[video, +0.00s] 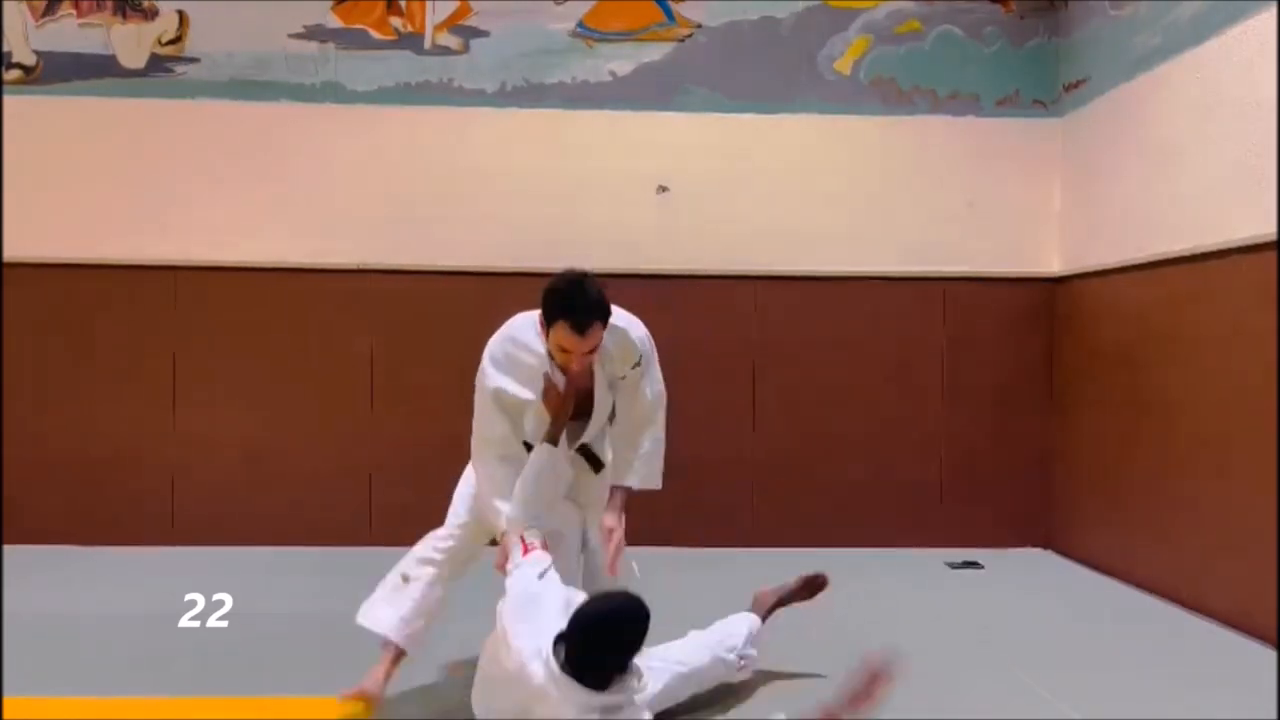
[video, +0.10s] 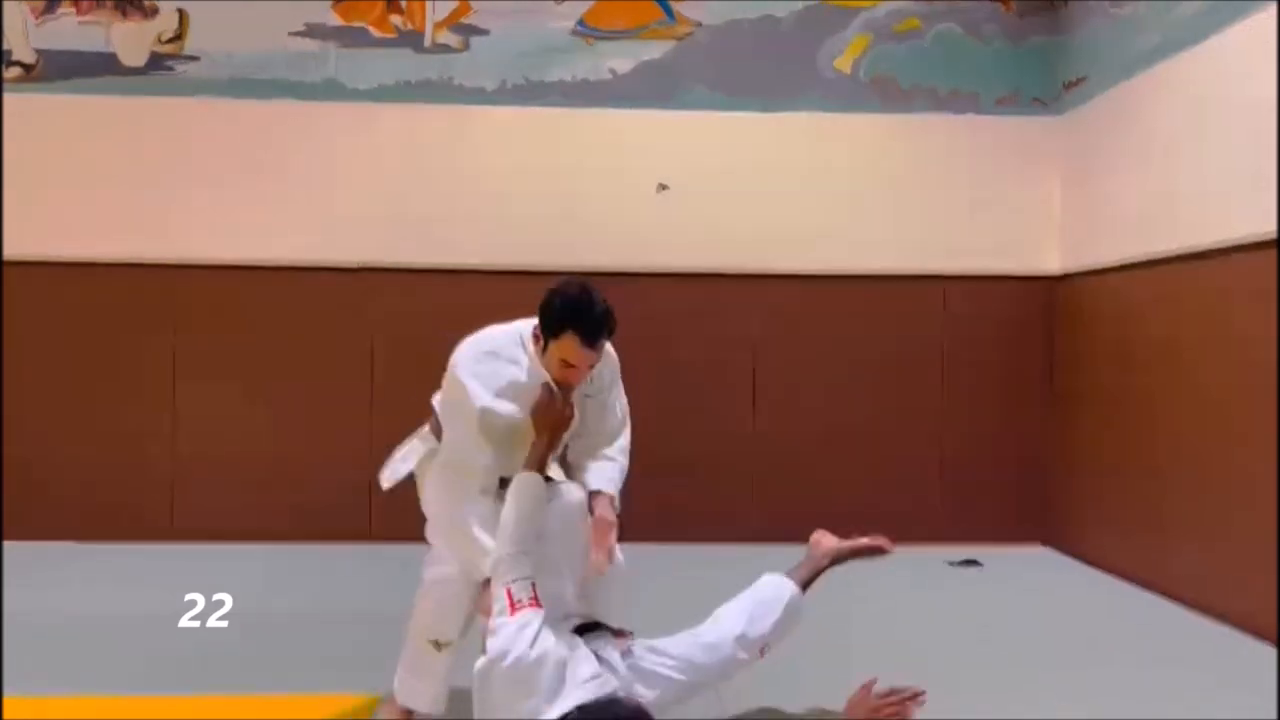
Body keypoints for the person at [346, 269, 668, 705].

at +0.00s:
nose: (578, 362)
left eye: (589, 352)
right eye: (566, 352)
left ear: (603, 329)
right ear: (545, 329)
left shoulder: (629, 341)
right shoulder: (509, 351)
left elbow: (638, 422)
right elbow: (495, 448)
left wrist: (617, 502)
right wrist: (507, 531)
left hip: (584, 466)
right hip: (516, 461)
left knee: (600, 563)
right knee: (453, 544)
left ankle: (602, 664)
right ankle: (381, 672)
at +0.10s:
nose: (579, 378)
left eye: (590, 366)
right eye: (567, 364)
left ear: (602, 351)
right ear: (539, 340)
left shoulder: (600, 360)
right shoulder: (481, 368)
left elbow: (607, 437)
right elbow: (463, 484)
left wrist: (603, 498)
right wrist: (487, 574)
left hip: (532, 477)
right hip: (460, 479)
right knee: (456, 573)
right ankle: (411, 701)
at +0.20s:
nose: (547, 369)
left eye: (560, 355)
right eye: (535, 352)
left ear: (571, 340)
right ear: (505, 326)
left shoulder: (563, 352)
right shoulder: (436, 369)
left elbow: (578, 423)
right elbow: (427, 494)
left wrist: (571, 483)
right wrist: (458, 592)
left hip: (506, 485)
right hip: (430, 491)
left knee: (576, 565)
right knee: (443, 611)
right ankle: (419, 710)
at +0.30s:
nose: (522, 354)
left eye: (536, 338)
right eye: (509, 336)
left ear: (550, 320)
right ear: (477, 304)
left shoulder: (541, 325)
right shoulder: (407, 359)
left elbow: (551, 396)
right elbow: (407, 488)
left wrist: (535, 468)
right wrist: (441, 598)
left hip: (504, 484)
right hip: (432, 490)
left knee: (569, 560)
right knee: (436, 618)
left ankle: (539, 681)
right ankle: (420, 707)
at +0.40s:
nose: (511, 344)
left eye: (526, 326)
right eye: (496, 327)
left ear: (541, 302)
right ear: (463, 293)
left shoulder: (534, 301)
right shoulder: (395, 350)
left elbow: (545, 367)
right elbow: (407, 482)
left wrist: (516, 459)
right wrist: (436, 600)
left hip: (504, 471)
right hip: (433, 483)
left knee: (557, 559)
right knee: (432, 612)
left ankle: (545, 685)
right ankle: (412, 705)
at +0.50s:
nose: (499, 358)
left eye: (515, 341)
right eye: (485, 342)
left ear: (531, 313)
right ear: (453, 307)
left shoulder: (536, 309)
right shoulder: (383, 355)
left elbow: (551, 378)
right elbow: (398, 487)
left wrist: (516, 469)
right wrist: (432, 602)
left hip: (500, 472)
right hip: (429, 484)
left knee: (553, 566)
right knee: (431, 619)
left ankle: (549, 692)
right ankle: (418, 710)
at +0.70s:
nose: (484, 372)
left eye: (500, 356)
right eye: (468, 360)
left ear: (514, 323)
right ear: (433, 323)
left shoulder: (529, 316)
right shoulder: (369, 368)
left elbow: (549, 378)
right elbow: (386, 499)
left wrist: (515, 466)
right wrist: (425, 610)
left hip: (500, 477)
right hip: (420, 487)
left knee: (538, 552)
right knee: (426, 615)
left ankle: (540, 688)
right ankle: (415, 706)